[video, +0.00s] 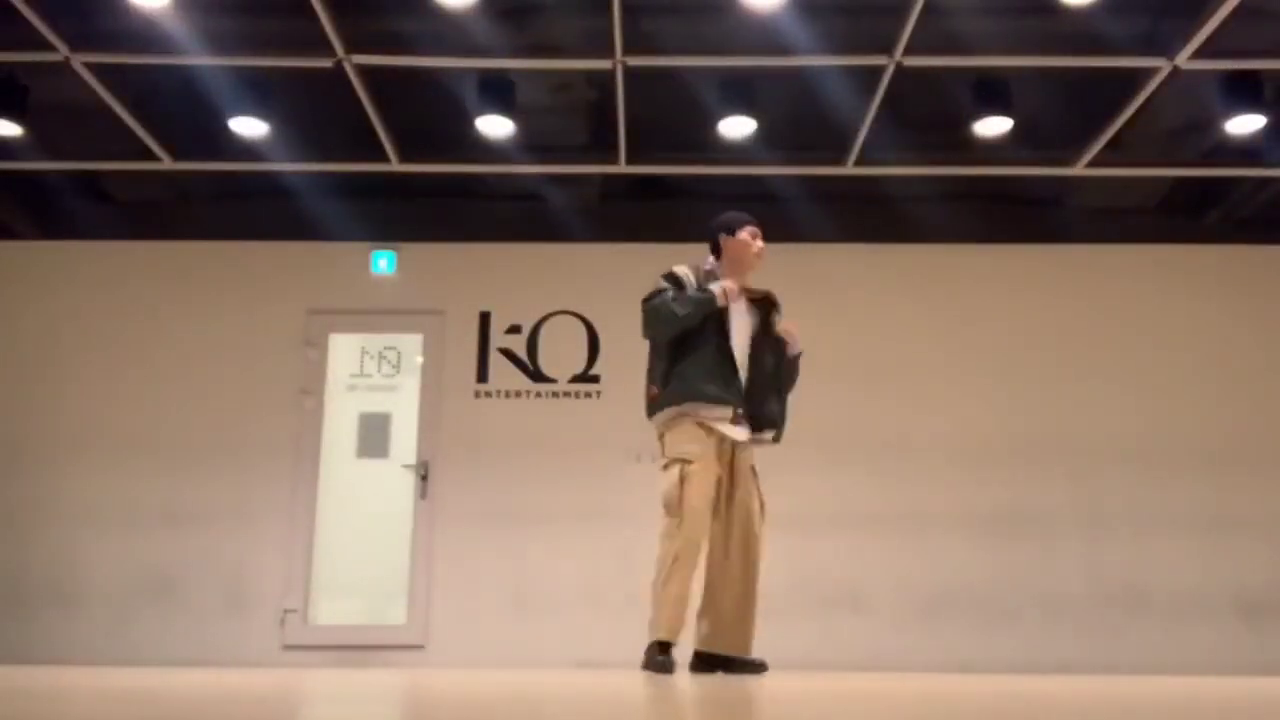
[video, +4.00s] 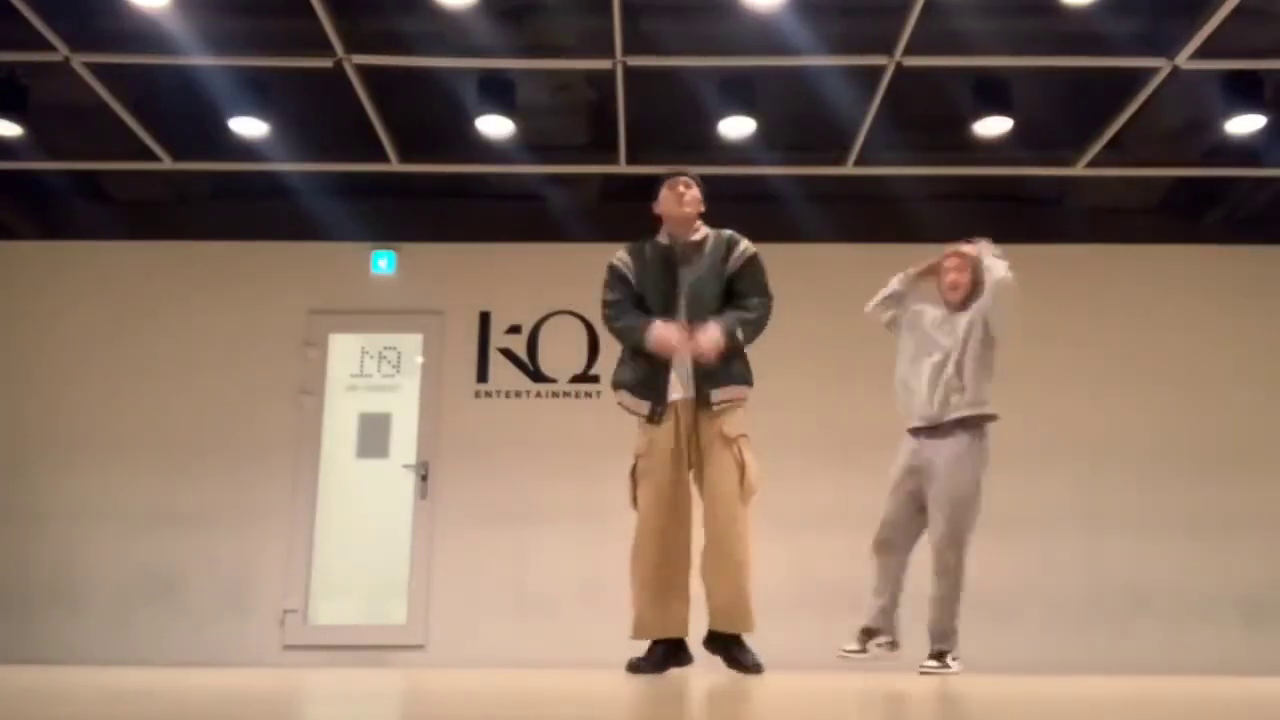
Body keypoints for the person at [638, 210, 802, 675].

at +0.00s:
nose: (760, 243)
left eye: (761, 237)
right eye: (750, 235)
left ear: (755, 251)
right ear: (722, 243)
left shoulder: (760, 308)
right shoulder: (684, 284)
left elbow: (773, 387)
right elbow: (659, 323)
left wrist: (788, 353)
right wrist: (714, 294)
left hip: (739, 431)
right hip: (690, 423)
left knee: (741, 536)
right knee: (688, 525)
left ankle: (720, 649)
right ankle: (662, 641)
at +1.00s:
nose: (657, 233)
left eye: (659, 226)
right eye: (647, 226)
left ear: (664, 237)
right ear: (623, 237)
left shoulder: (683, 298)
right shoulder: (593, 298)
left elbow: (702, 358)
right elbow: (571, 368)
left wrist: (680, 412)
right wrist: (587, 424)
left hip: (673, 439)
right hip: (619, 441)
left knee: (690, 521)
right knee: (624, 543)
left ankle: (671, 634)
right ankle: (623, 645)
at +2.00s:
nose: (710, 209)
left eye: (718, 202)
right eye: (700, 204)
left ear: (731, 219)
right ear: (685, 221)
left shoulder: (759, 281)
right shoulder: (654, 281)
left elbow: (780, 352)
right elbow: (629, 349)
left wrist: (762, 409)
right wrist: (633, 397)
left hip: (733, 430)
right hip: (671, 428)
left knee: (723, 539)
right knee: (664, 525)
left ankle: (710, 648)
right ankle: (654, 641)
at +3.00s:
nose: (673, 201)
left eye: (682, 192)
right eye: (665, 194)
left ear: (700, 202)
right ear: (652, 206)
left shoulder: (738, 265)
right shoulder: (631, 275)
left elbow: (766, 341)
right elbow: (608, 349)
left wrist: (778, 408)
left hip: (724, 418)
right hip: (650, 421)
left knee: (739, 519)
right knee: (648, 517)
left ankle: (709, 631)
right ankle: (667, 645)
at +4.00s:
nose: (685, 191)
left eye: (691, 186)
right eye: (675, 188)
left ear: (703, 203)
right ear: (657, 208)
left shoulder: (733, 249)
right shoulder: (632, 259)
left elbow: (756, 307)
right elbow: (617, 314)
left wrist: (720, 332)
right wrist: (653, 333)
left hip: (721, 404)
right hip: (658, 408)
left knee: (729, 518)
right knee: (660, 520)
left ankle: (727, 631)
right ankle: (667, 639)